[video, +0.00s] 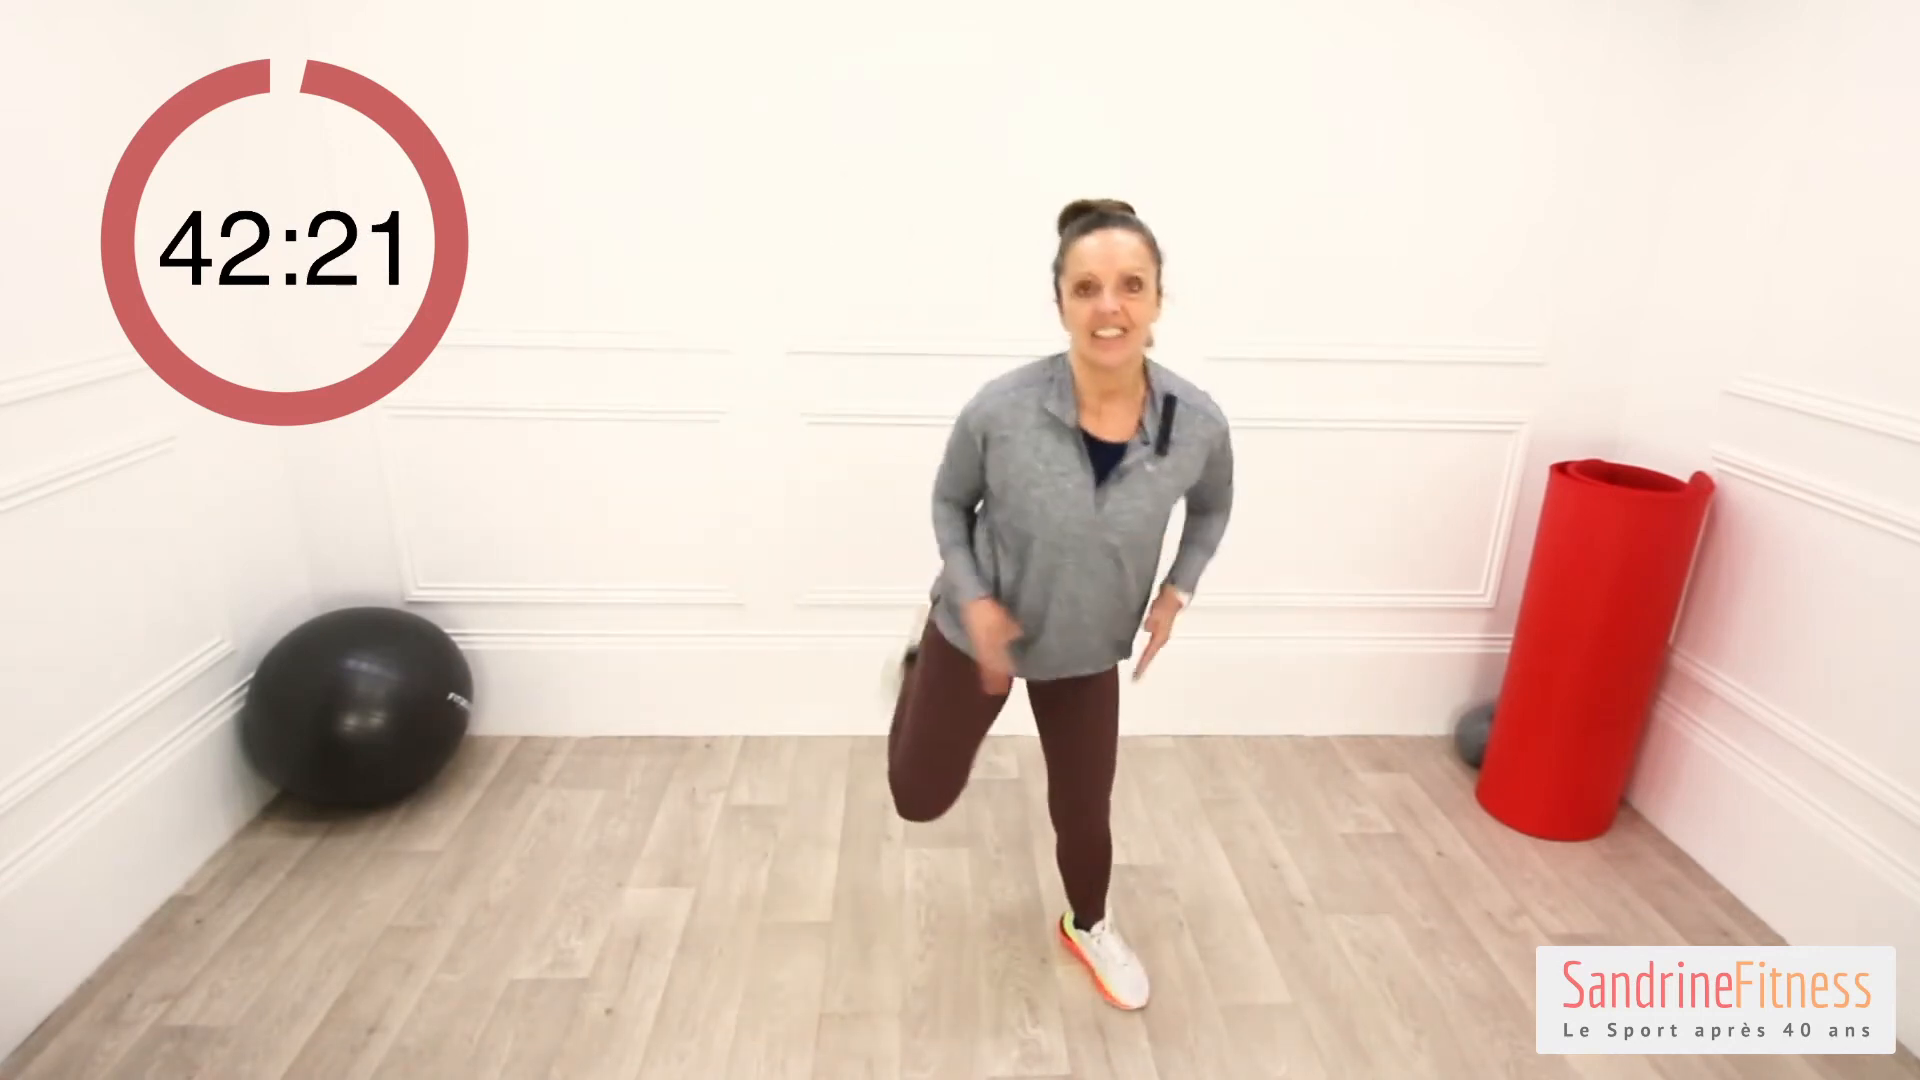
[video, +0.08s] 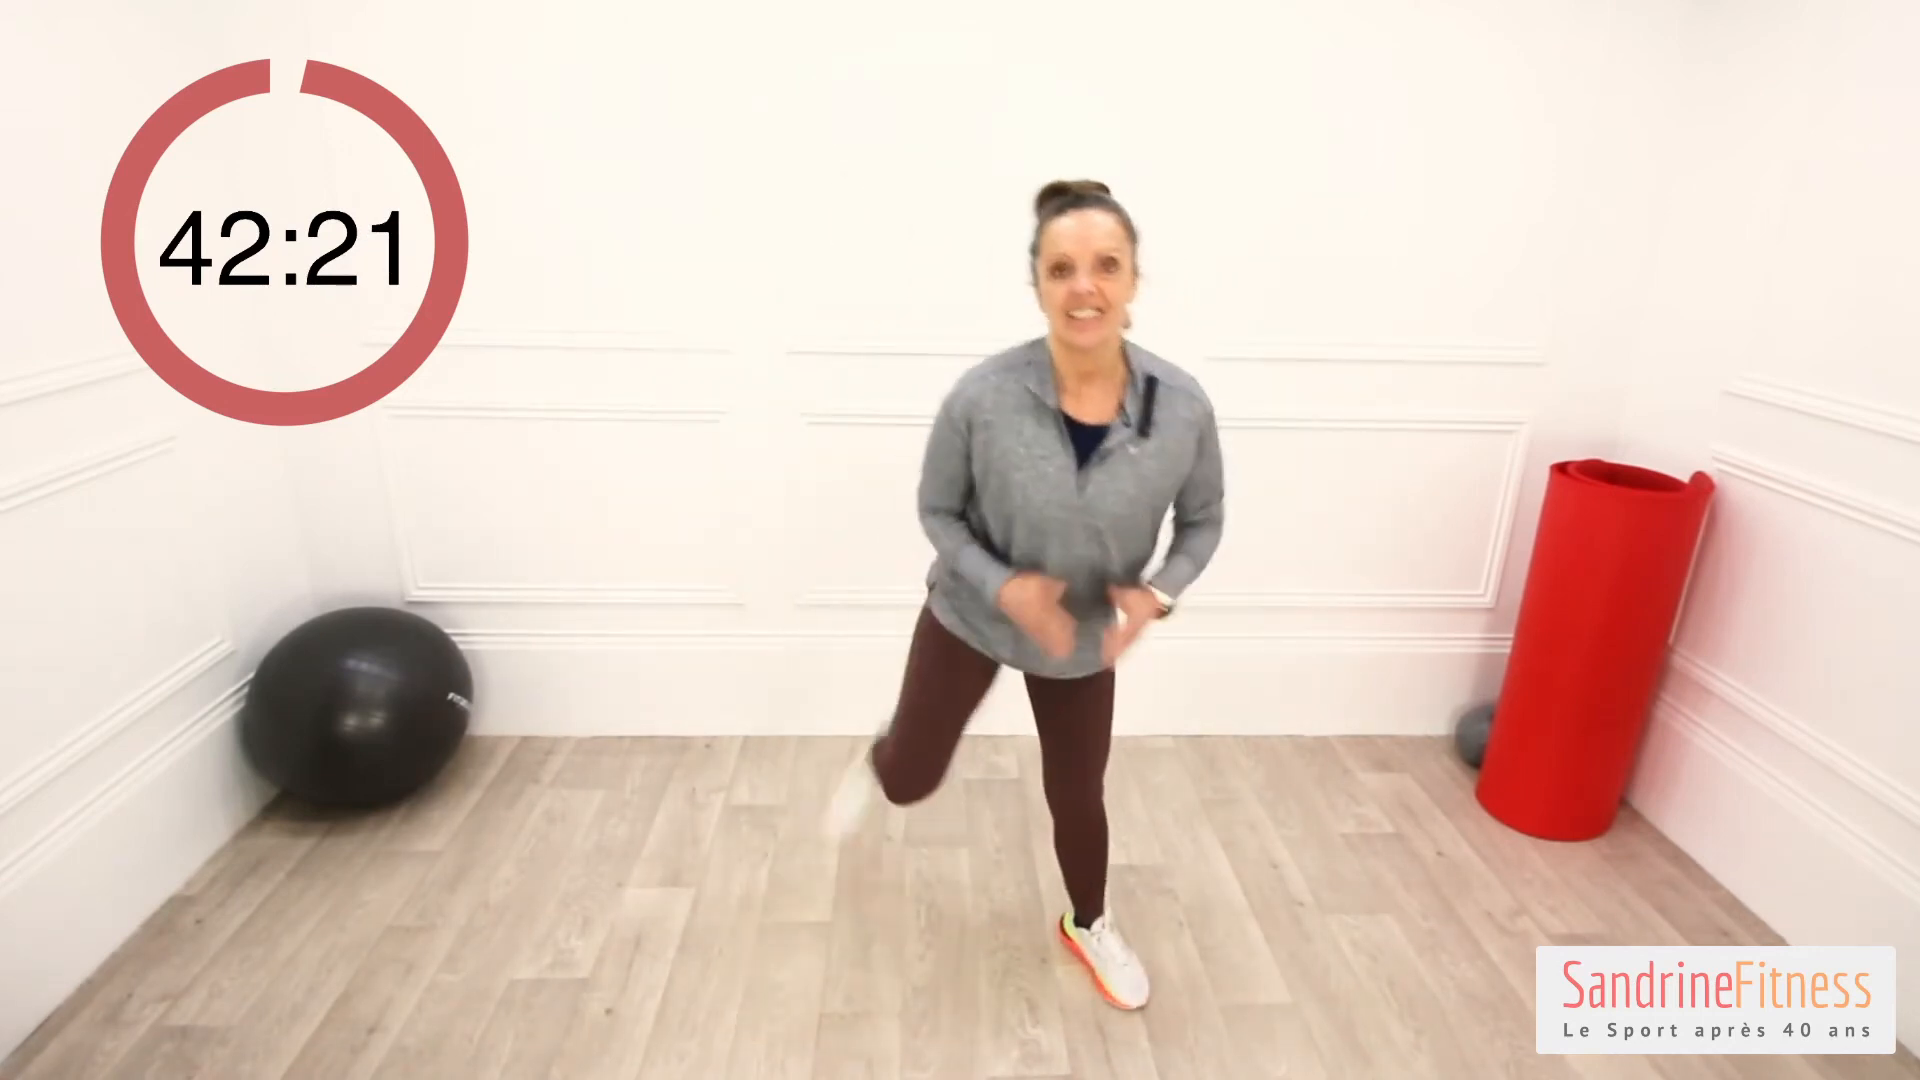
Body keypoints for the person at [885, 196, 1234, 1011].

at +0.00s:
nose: (1111, 308)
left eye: (1131, 286)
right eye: (1088, 289)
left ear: (1158, 301)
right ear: (1060, 306)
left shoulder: (1195, 425)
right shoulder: (1000, 410)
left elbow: (1210, 511)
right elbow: (949, 507)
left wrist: (1177, 588)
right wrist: (972, 605)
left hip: (1087, 652)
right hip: (983, 634)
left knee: (1084, 812)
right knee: (918, 801)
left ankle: (1087, 927)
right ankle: (925, 654)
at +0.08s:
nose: (1085, 289)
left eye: (1105, 267)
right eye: (1063, 270)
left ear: (1135, 280)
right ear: (1036, 285)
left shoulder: (1181, 408)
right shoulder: (981, 397)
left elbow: (1202, 520)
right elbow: (937, 513)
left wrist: (1160, 590)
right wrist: (1003, 588)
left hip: (1083, 639)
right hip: (972, 617)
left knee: (1080, 798)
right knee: (909, 781)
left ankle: (1087, 925)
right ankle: (879, 759)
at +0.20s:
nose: (1029, 288)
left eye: (1047, 266)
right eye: (1006, 271)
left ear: (1078, 276)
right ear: (982, 287)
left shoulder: (1131, 405)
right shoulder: (933, 405)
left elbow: (1159, 548)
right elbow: (926, 548)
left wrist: (1102, 576)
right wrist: (994, 566)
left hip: (1068, 630)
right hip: (955, 613)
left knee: (1070, 790)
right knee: (887, 768)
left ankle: (1087, 924)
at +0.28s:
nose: (979, 313)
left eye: (998, 289)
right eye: (957, 294)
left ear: (1028, 299)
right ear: (934, 310)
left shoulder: (1080, 424)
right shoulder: (893, 424)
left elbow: (1108, 568)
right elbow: (902, 568)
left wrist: (1054, 598)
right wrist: (957, 592)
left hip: (1048, 647)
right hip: (935, 639)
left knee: (1060, 804)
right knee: (877, 790)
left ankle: (1088, 926)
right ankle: (809, 919)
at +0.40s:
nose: (926, 326)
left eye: (944, 303)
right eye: (903, 307)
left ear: (972, 312)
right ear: (879, 321)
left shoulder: (1025, 432)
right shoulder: (844, 436)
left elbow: (1049, 574)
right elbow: (859, 578)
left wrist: (1001, 646)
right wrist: (912, 643)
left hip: (1013, 636)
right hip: (904, 639)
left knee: (1038, 804)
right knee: (857, 805)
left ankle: (1089, 929)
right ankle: (796, 932)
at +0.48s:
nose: (871, 308)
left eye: (890, 285)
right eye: (849, 289)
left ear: (920, 294)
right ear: (824, 303)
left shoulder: (972, 418)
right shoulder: (791, 425)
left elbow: (1016, 570)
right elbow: (786, 568)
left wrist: (979, 667)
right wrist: (833, 650)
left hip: (980, 623)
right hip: (869, 635)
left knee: (1035, 778)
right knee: (833, 807)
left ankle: (1098, 916)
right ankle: (795, 931)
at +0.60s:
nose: (809, 280)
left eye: (828, 255)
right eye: (784, 261)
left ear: (858, 266)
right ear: (758, 280)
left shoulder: (922, 393)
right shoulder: (724, 405)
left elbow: (1006, 512)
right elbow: (704, 515)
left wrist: (994, 622)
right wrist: (738, 615)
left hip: (956, 607)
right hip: (844, 629)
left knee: (1023, 744)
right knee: (821, 795)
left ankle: (1099, 841)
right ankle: (795, 930)